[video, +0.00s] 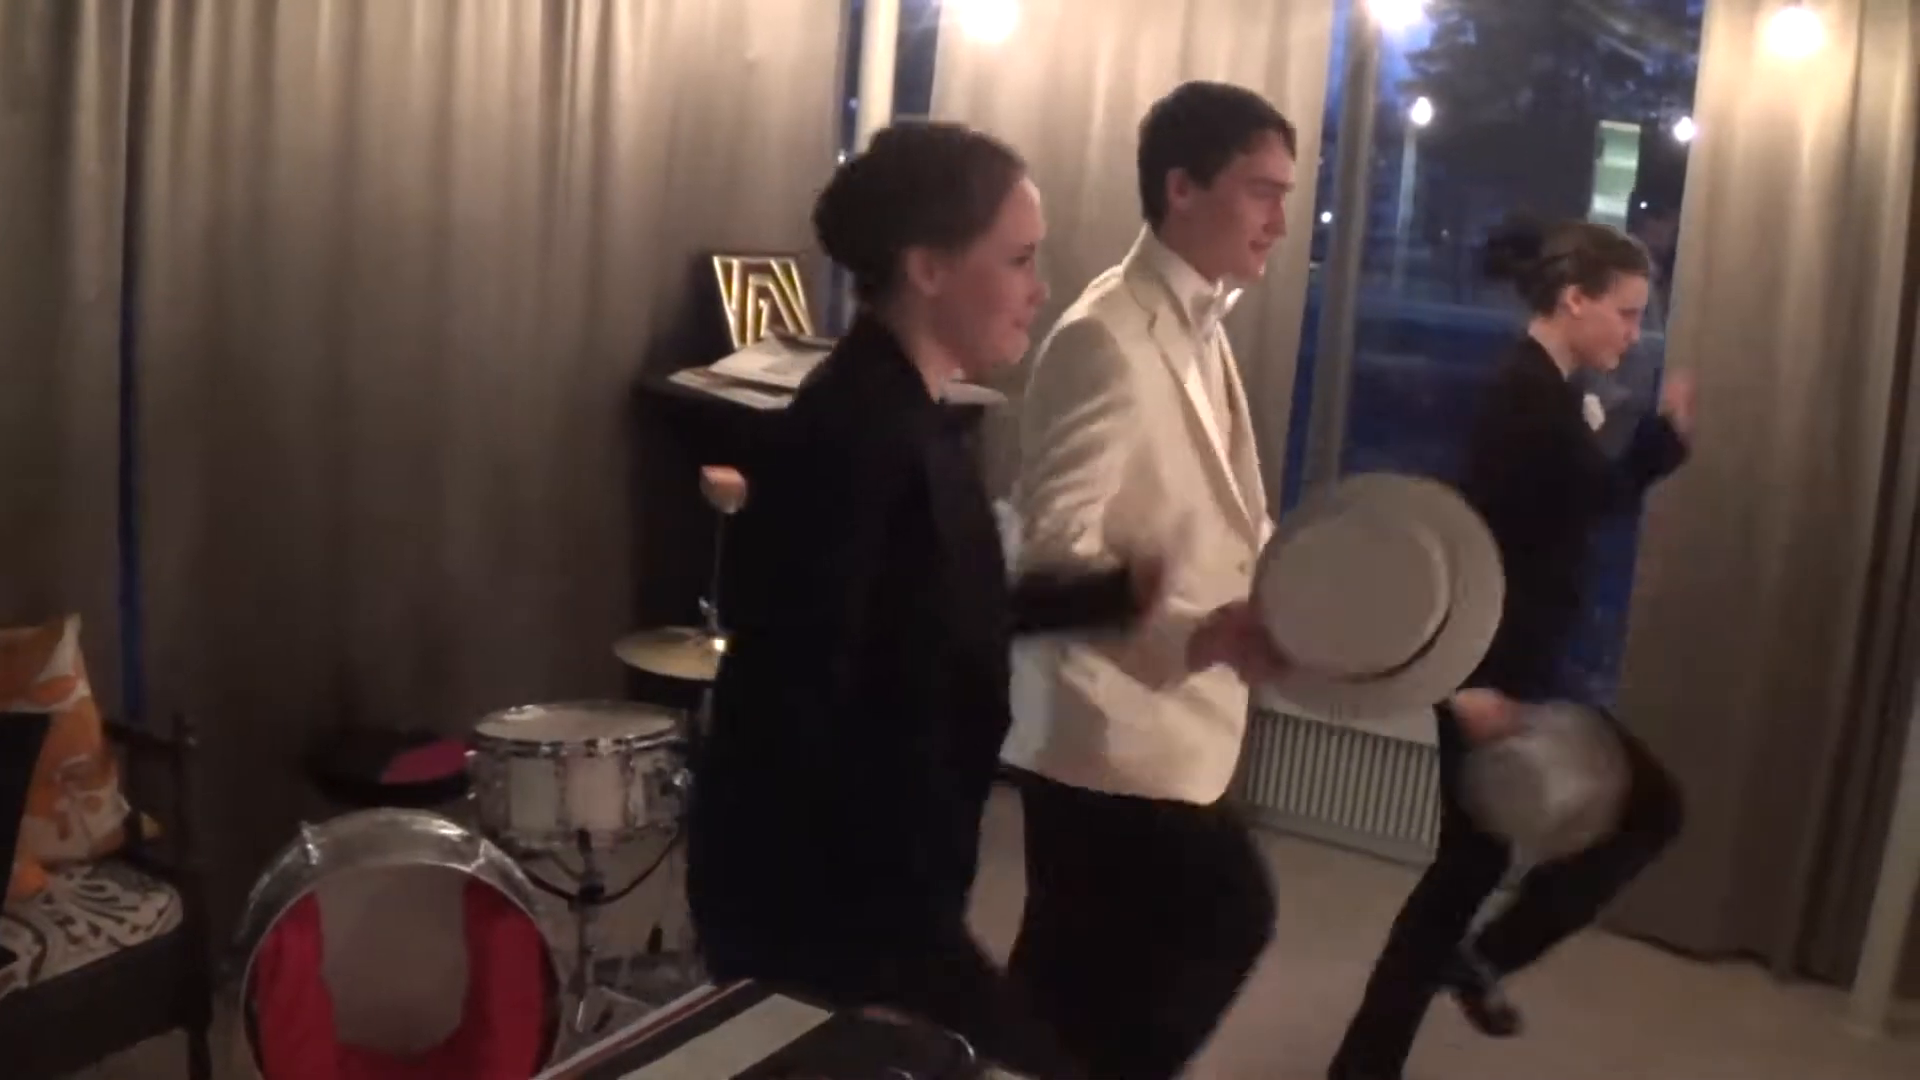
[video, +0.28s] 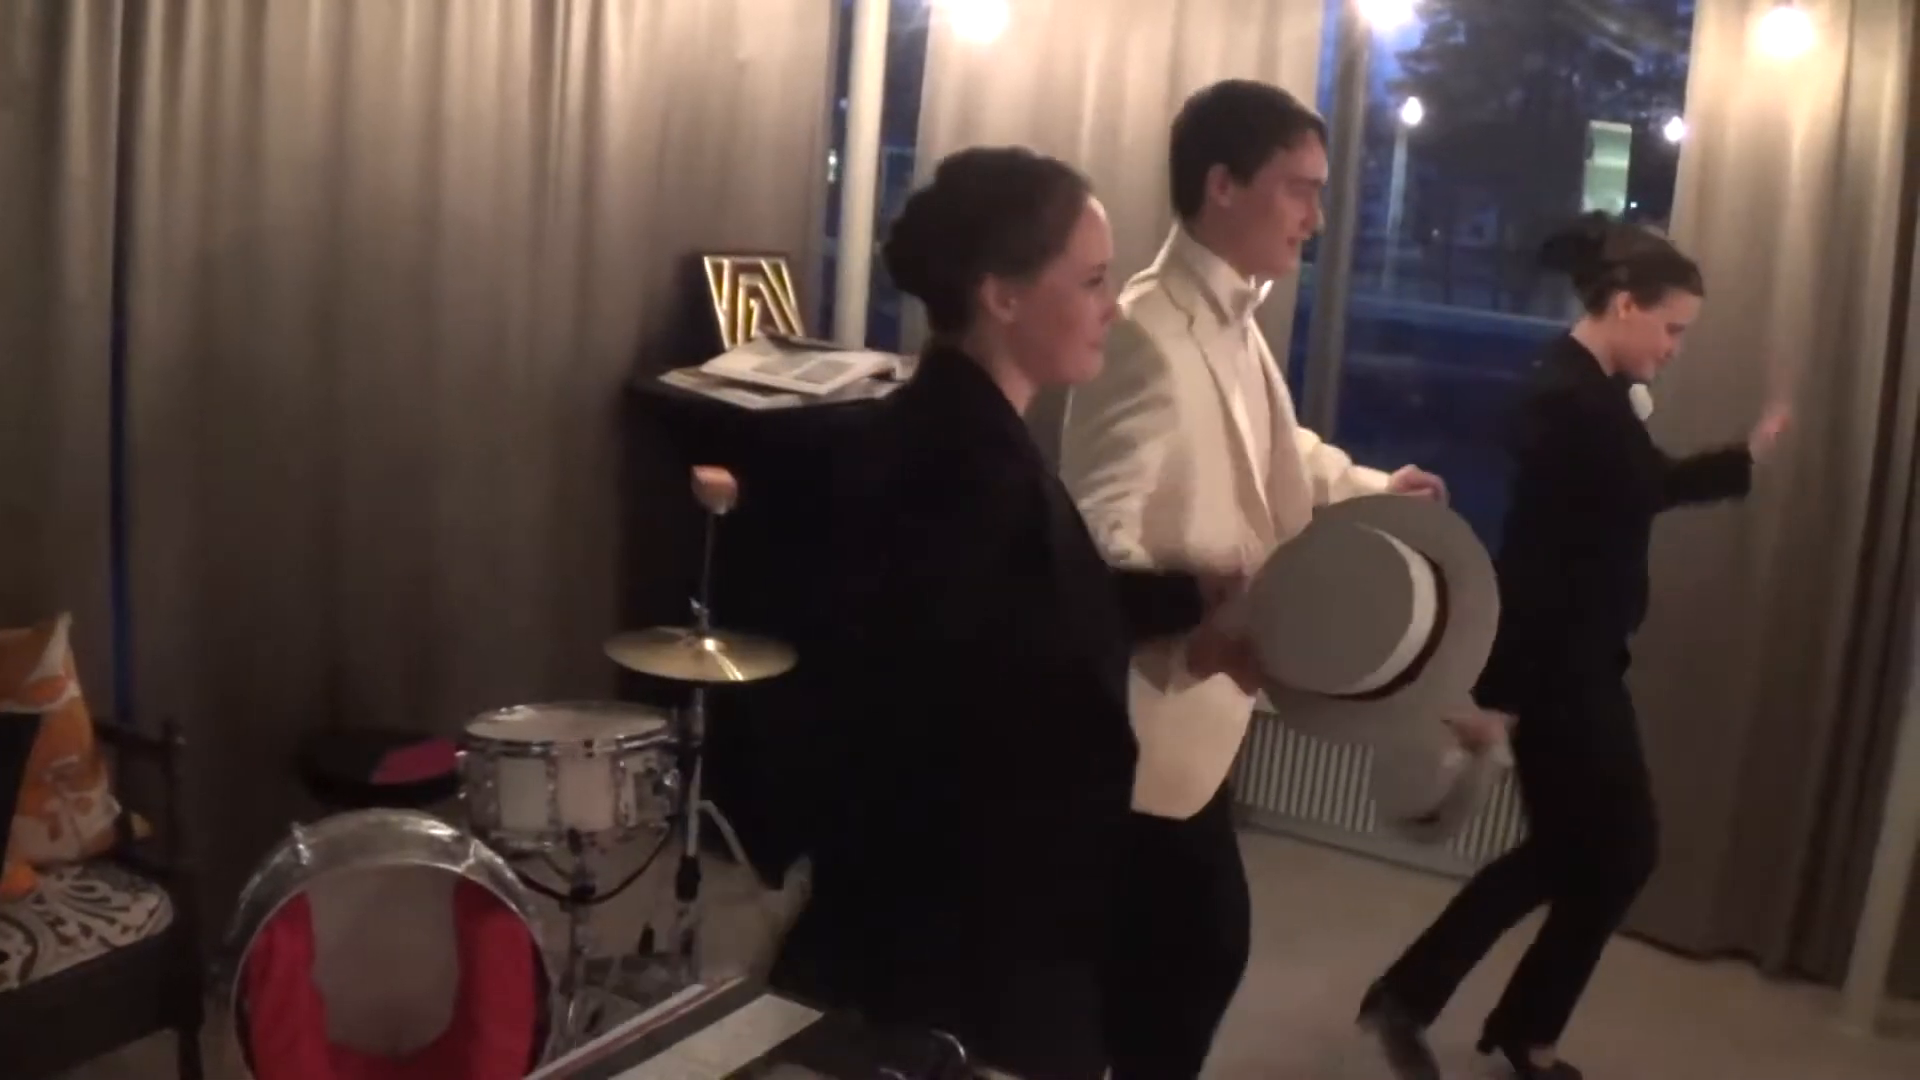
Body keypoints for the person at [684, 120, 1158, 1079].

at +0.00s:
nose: (1038, 292)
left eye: (1035, 262)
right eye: (1018, 262)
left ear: (927, 272)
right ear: (924, 270)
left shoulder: (917, 416)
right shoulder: (846, 433)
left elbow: (940, 617)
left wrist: (1106, 599)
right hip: (830, 918)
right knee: (1045, 1061)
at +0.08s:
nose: (1060, 294)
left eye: (1057, 266)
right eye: (1040, 267)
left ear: (951, 282)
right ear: (946, 278)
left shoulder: (943, 425)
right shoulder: (856, 450)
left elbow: (993, 594)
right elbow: (769, 725)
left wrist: (1134, 486)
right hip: (880, 917)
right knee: (1057, 1062)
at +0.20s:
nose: (1094, 309)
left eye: (1089, 281)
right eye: (1074, 284)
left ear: (981, 303)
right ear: (981, 300)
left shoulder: (964, 438)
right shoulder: (934, 463)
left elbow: (1041, 595)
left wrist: (1167, 488)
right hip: (958, 923)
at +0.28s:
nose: (1115, 309)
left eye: (1110, 280)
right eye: (1094, 283)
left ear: (1000, 301)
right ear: (1002, 299)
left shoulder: (976, 427)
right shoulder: (960, 461)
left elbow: (1044, 601)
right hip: (969, 912)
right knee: (1198, 906)